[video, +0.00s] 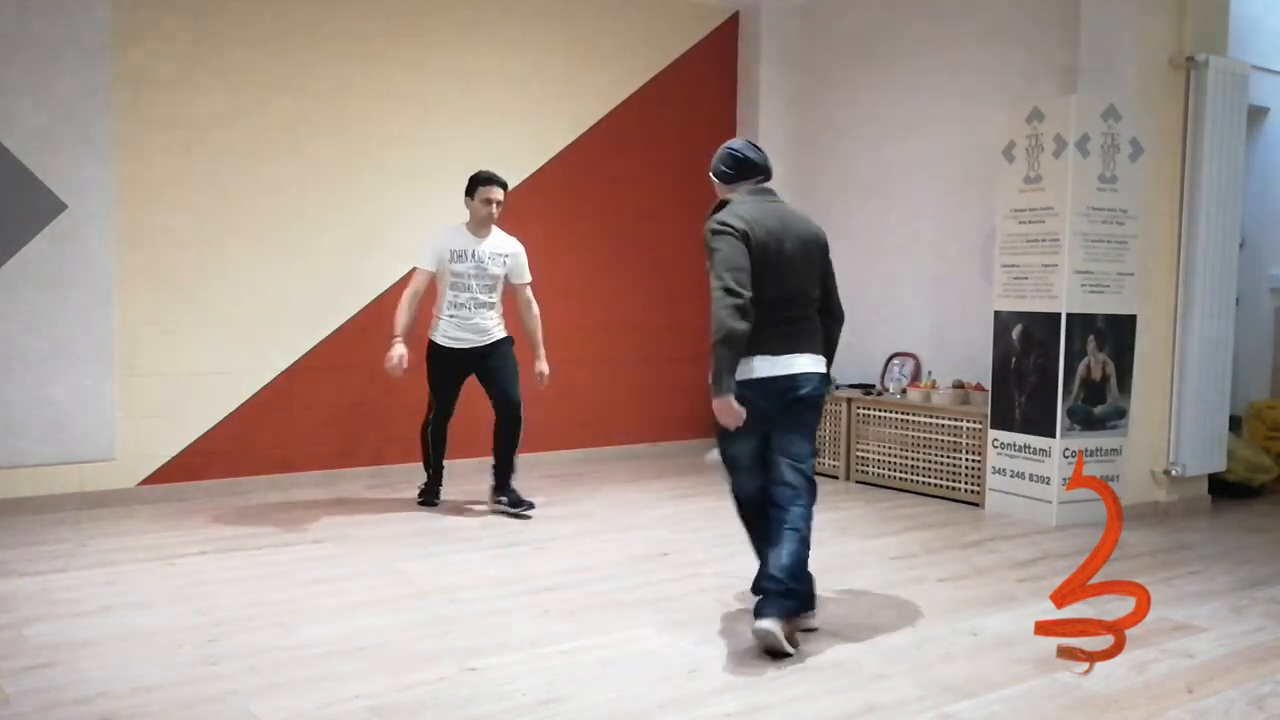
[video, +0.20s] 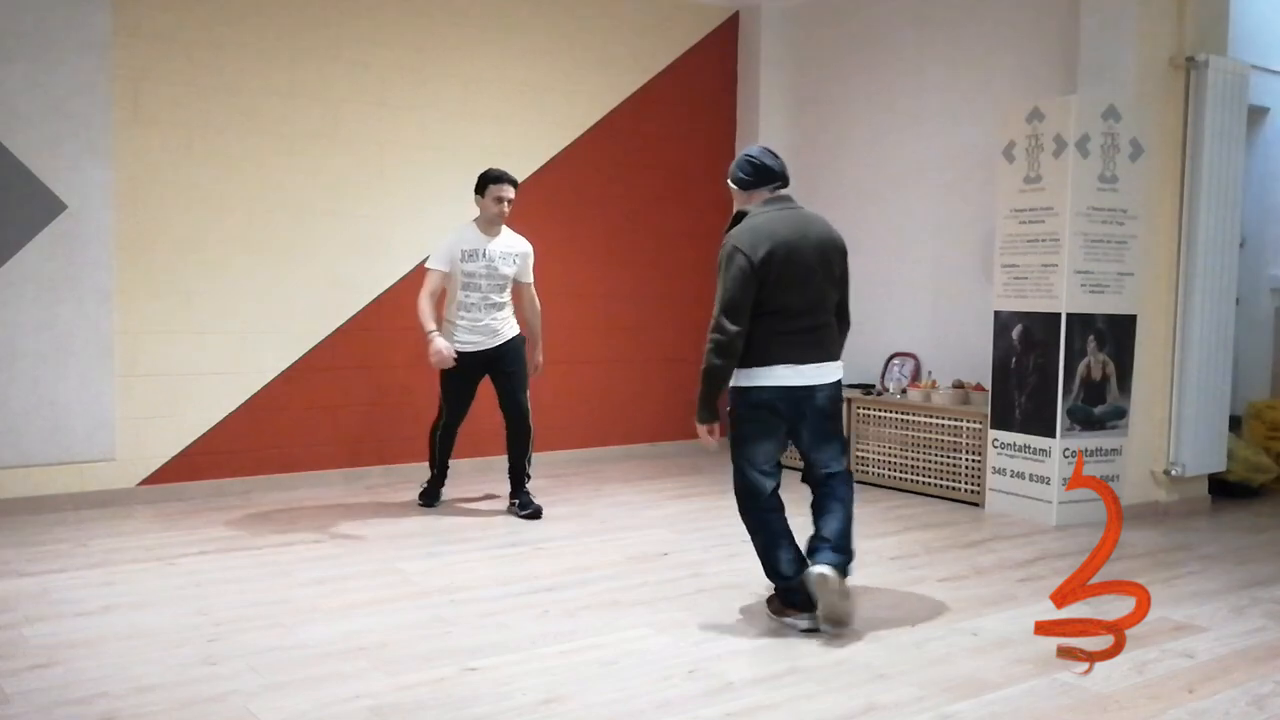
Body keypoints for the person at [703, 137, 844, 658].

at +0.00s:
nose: (713, 190)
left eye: (713, 182)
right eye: (714, 182)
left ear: (723, 182)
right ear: (764, 177)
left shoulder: (727, 223)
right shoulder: (806, 227)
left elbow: (733, 305)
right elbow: (832, 311)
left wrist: (722, 384)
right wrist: (819, 368)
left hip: (750, 378)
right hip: (806, 375)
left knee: (753, 492)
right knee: (794, 491)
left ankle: (797, 597)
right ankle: (771, 610)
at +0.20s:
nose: (731, 197)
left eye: (733, 190)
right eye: (731, 190)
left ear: (745, 191)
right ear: (781, 185)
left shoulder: (745, 238)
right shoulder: (825, 232)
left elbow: (728, 329)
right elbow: (840, 317)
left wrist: (707, 402)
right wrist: (821, 364)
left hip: (760, 386)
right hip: (820, 383)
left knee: (757, 490)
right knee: (832, 476)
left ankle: (795, 596)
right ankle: (829, 563)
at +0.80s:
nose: (768, 201)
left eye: (770, 194)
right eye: (769, 194)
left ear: (782, 196)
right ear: (817, 194)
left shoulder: (771, 242)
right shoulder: (853, 241)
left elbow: (746, 317)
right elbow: (870, 318)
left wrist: (731, 367)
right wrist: (872, 378)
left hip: (783, 377)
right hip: (835, 375)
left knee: (769, 470)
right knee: (826, 466)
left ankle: (797, 567)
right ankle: (833, 560)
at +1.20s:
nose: (733, 211)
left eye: (737, 204)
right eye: (735, 203)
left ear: (753, 208)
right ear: (781, 207)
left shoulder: (747, 243)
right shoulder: (815, 248)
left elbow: (718, 301)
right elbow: (840, 316)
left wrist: (671, 353)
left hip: (764, 384)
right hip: (810, 380)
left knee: (740, 476)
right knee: (804, 465)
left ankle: (791, 560)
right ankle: (834, 561)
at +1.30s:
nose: (705, 208)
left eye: (710, 201)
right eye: (707, 200)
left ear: (729, 204)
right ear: (750, 203)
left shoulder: (734, 231)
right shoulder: (782, 238)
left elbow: (731, 267)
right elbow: (802, 287)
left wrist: (707, 303)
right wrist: (800, 254)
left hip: (750, 377)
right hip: (791, 374)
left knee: (699, 462)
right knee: (790, 461)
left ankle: (735, 563)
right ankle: (831, 556)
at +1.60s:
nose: (627, 209)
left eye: (633, 201)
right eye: (628, 201)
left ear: (655, 205)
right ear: (657, 206)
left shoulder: (690, 242)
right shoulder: (649, 250)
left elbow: (690, 296)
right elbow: (605, 297)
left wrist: (625, 292)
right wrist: (538, 305)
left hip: (674, 381)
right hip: (668, 379)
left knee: (617, 458)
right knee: (673, 455)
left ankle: (641, 558)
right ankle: (747, 523)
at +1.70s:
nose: (600, 208)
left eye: (606, 200)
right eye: (601, 199)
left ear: (630, 204)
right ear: (626, 203)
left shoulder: (671, 245)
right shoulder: (615, 250)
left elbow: (659, 311)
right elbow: (591, 315)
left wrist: (594, 301)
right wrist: (547, 367)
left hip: (656, 377)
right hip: (626, 373)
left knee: (607, 458)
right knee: (608, 453)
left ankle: (641, 557)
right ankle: (661, 533)